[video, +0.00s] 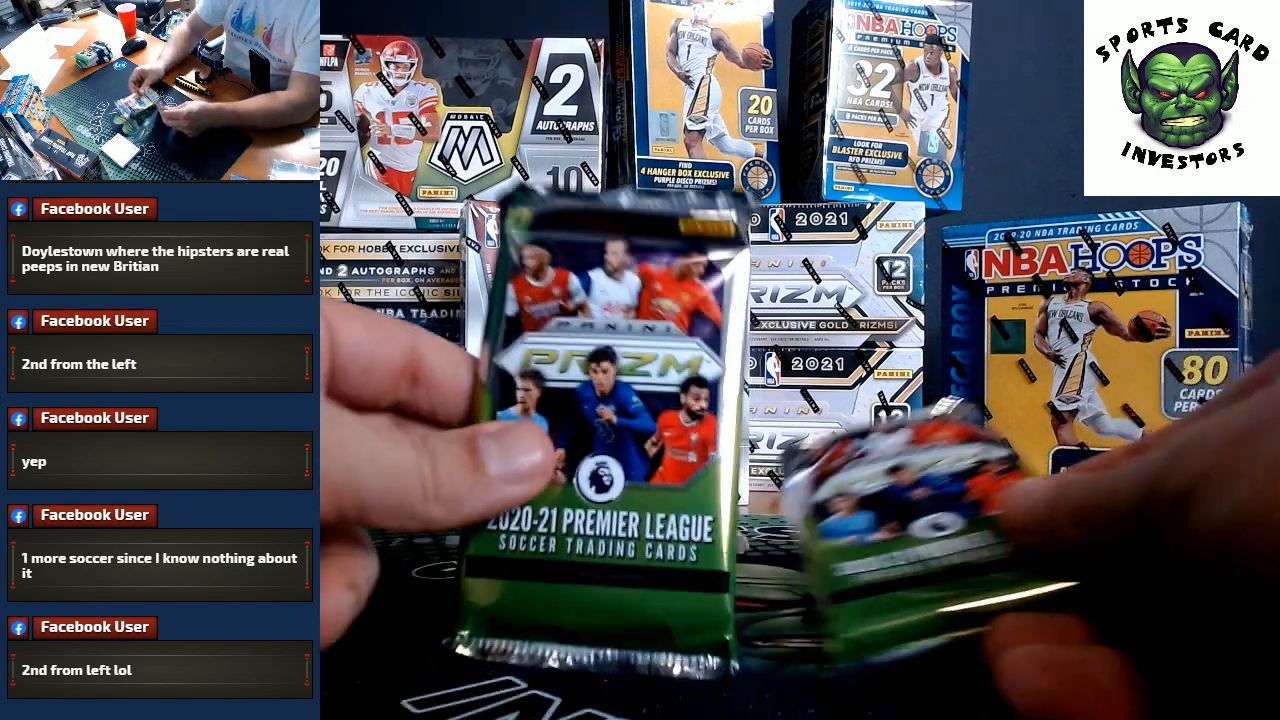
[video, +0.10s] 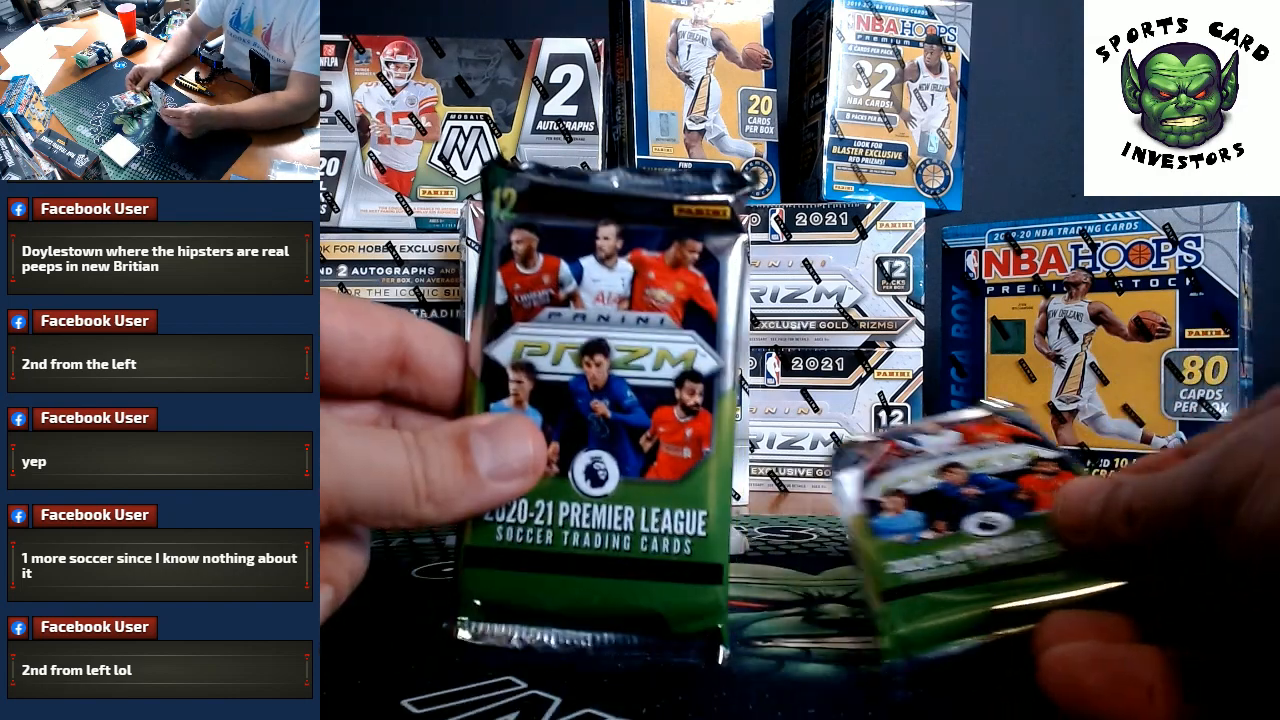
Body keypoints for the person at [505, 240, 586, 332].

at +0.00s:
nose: (527, 263)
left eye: (532, 258)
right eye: (525, 258)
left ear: (544, 259)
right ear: (522, 261)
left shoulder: (567, 279)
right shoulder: (514, 288)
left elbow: (584, 306)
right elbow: (511, 324)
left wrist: (573, 307)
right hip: (533, 343)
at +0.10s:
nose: (514, 248)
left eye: (519, 243)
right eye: (512, 243)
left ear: (534, 243)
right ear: (510, 243)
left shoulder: (558, 266)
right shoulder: (503, 275)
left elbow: (575, 297)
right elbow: (500, 313)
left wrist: (582, 323)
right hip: (523, 335)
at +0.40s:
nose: (508, 259)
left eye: (514, 253)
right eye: (507, 253)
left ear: (529, 253)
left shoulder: (553, 275)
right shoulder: (498, 285)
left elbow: (571, 306)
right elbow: (495, 324)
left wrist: (577, 331)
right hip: (520, 346)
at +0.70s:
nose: (498, 261)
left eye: (504, 255)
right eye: (496, 256)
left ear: (519, 255)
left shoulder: (544, 277)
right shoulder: (488, 289)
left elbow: (563, 308)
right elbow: (485, 328)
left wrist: (570, 335)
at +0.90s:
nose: (501, 262)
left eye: (506, 256)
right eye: (499, 257)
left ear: (522, 256)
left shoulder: (547, 279)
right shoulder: (491, 290)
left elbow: (566, 310)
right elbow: (487, 329)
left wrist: (571, 337)